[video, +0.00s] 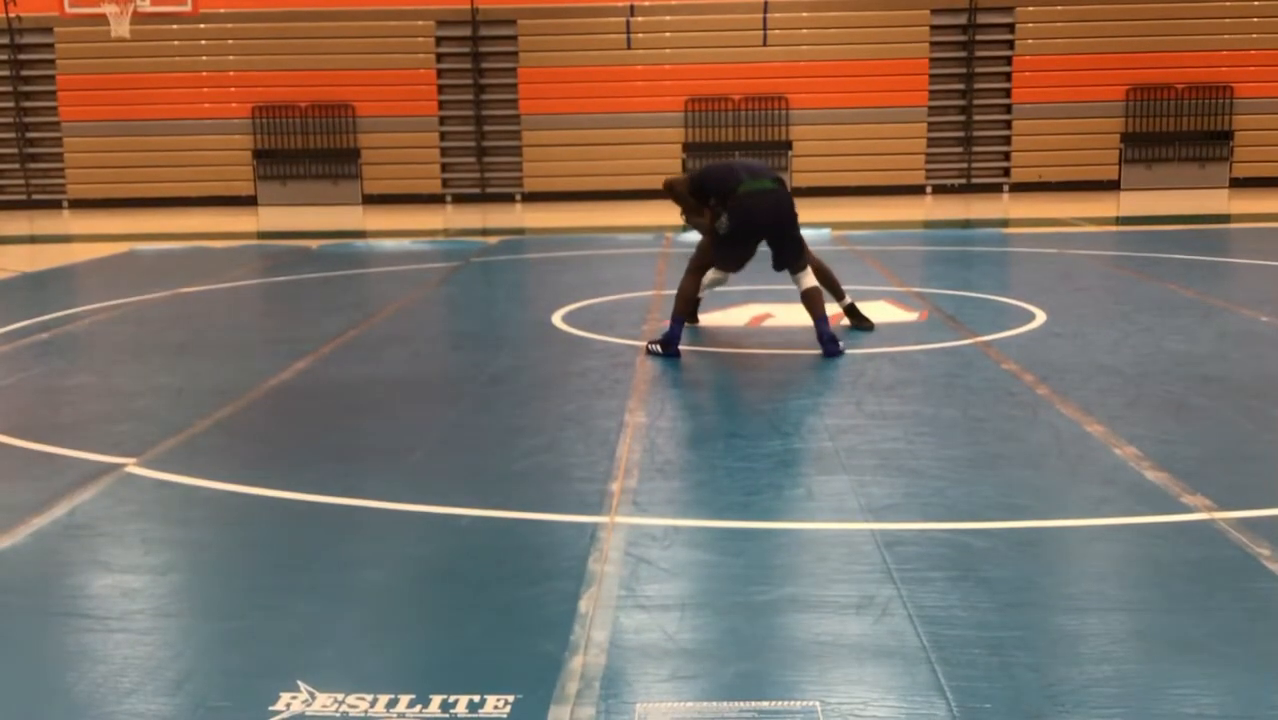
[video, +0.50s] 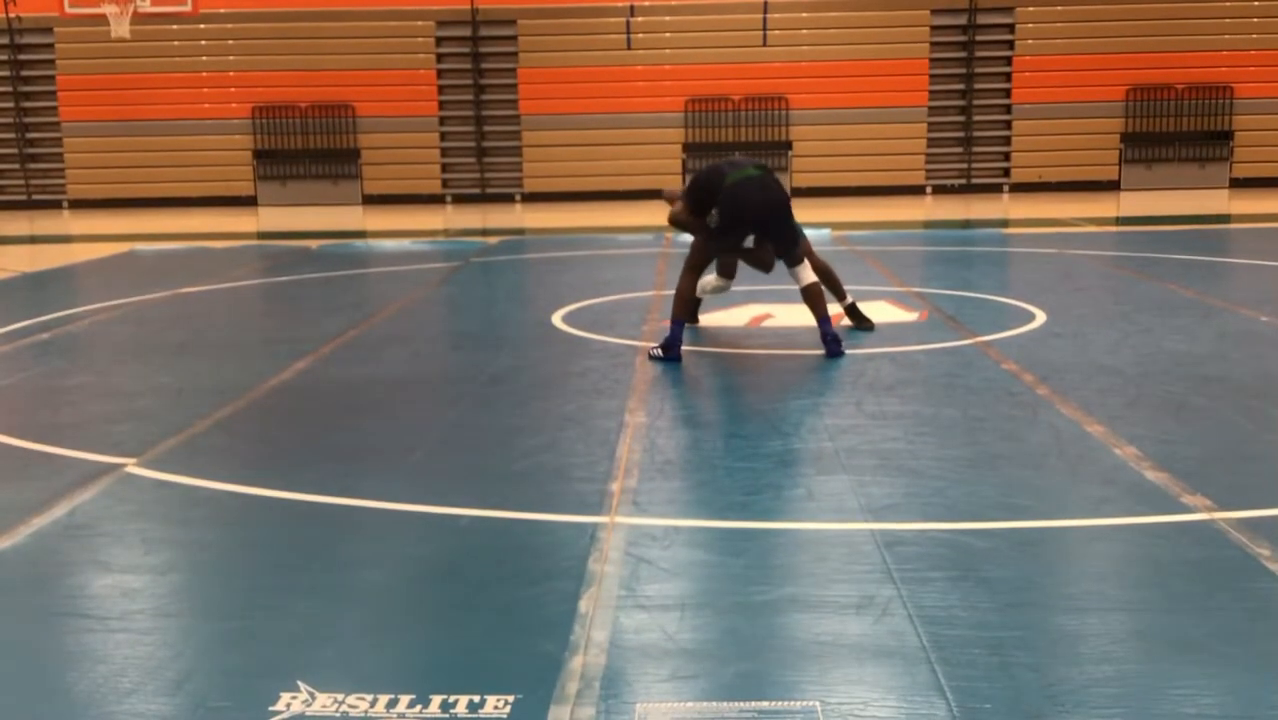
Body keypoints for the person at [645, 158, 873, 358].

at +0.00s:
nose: (688, 218)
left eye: (690, 216)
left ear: (690, 195)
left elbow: (670, 182)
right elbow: (811, 261)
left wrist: (695, 210)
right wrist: (848, 306)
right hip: (777, 198)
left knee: (695, 270)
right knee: (802, 272)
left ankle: (671, 339)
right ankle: (825, 335)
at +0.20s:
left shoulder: (704, 183)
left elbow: (669, 194)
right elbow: (810, 261)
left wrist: (695, 217)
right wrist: (848, 307)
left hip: (739, 202)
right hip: (777, 197)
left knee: (695, 273)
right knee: (799, 274)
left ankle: (673, 343)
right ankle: (825, 337)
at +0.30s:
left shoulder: (703, 184)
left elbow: (663, 210)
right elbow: (752, 268)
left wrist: (702, 232)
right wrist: (725, 248)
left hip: (730, 204)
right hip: (772, 200)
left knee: (689, 271)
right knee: (799, 270)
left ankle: (672, 342)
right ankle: (826, 335)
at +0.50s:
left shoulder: (702, 183)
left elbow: (678, 218)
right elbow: (766, 262)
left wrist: (712, 236)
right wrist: (730, 248)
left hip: (732, 205)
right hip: (773, 200)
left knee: (690, 272)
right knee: (802, 270)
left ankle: (672, 343)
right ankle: (829, 336)